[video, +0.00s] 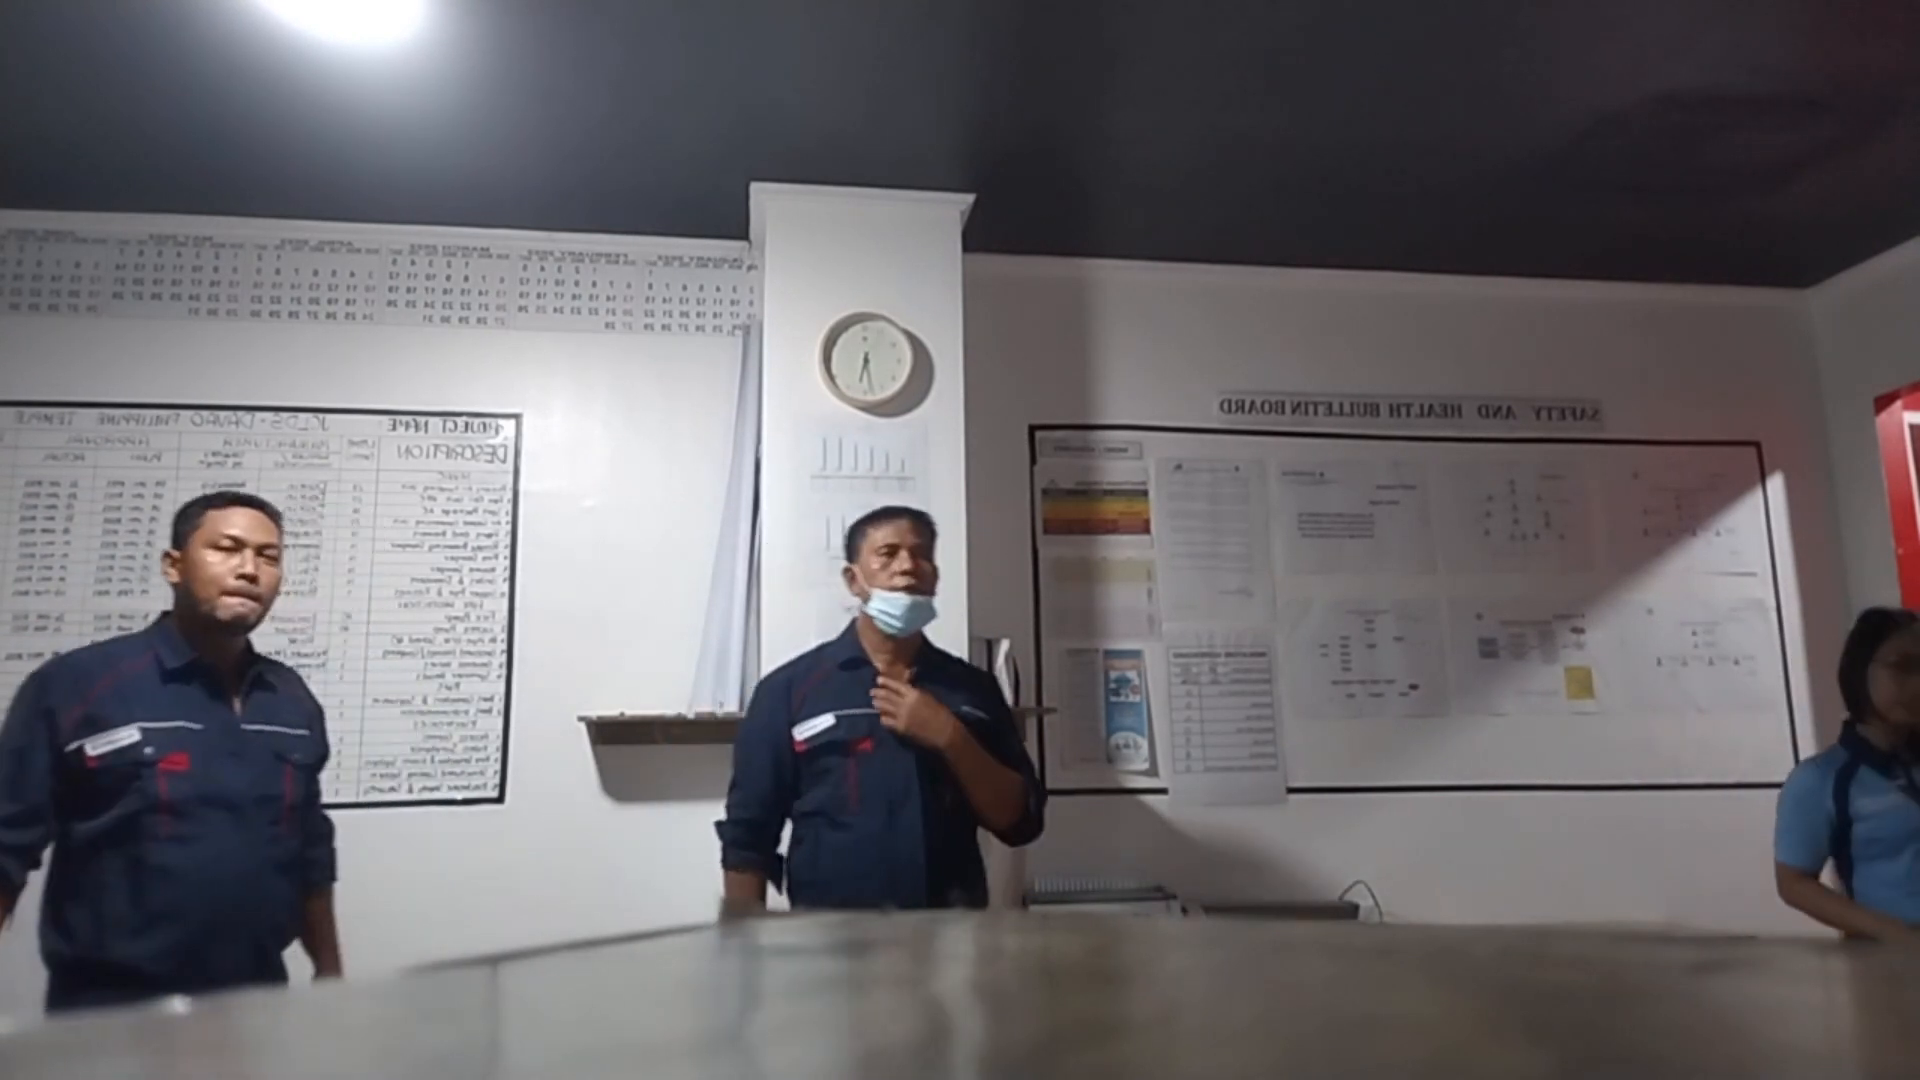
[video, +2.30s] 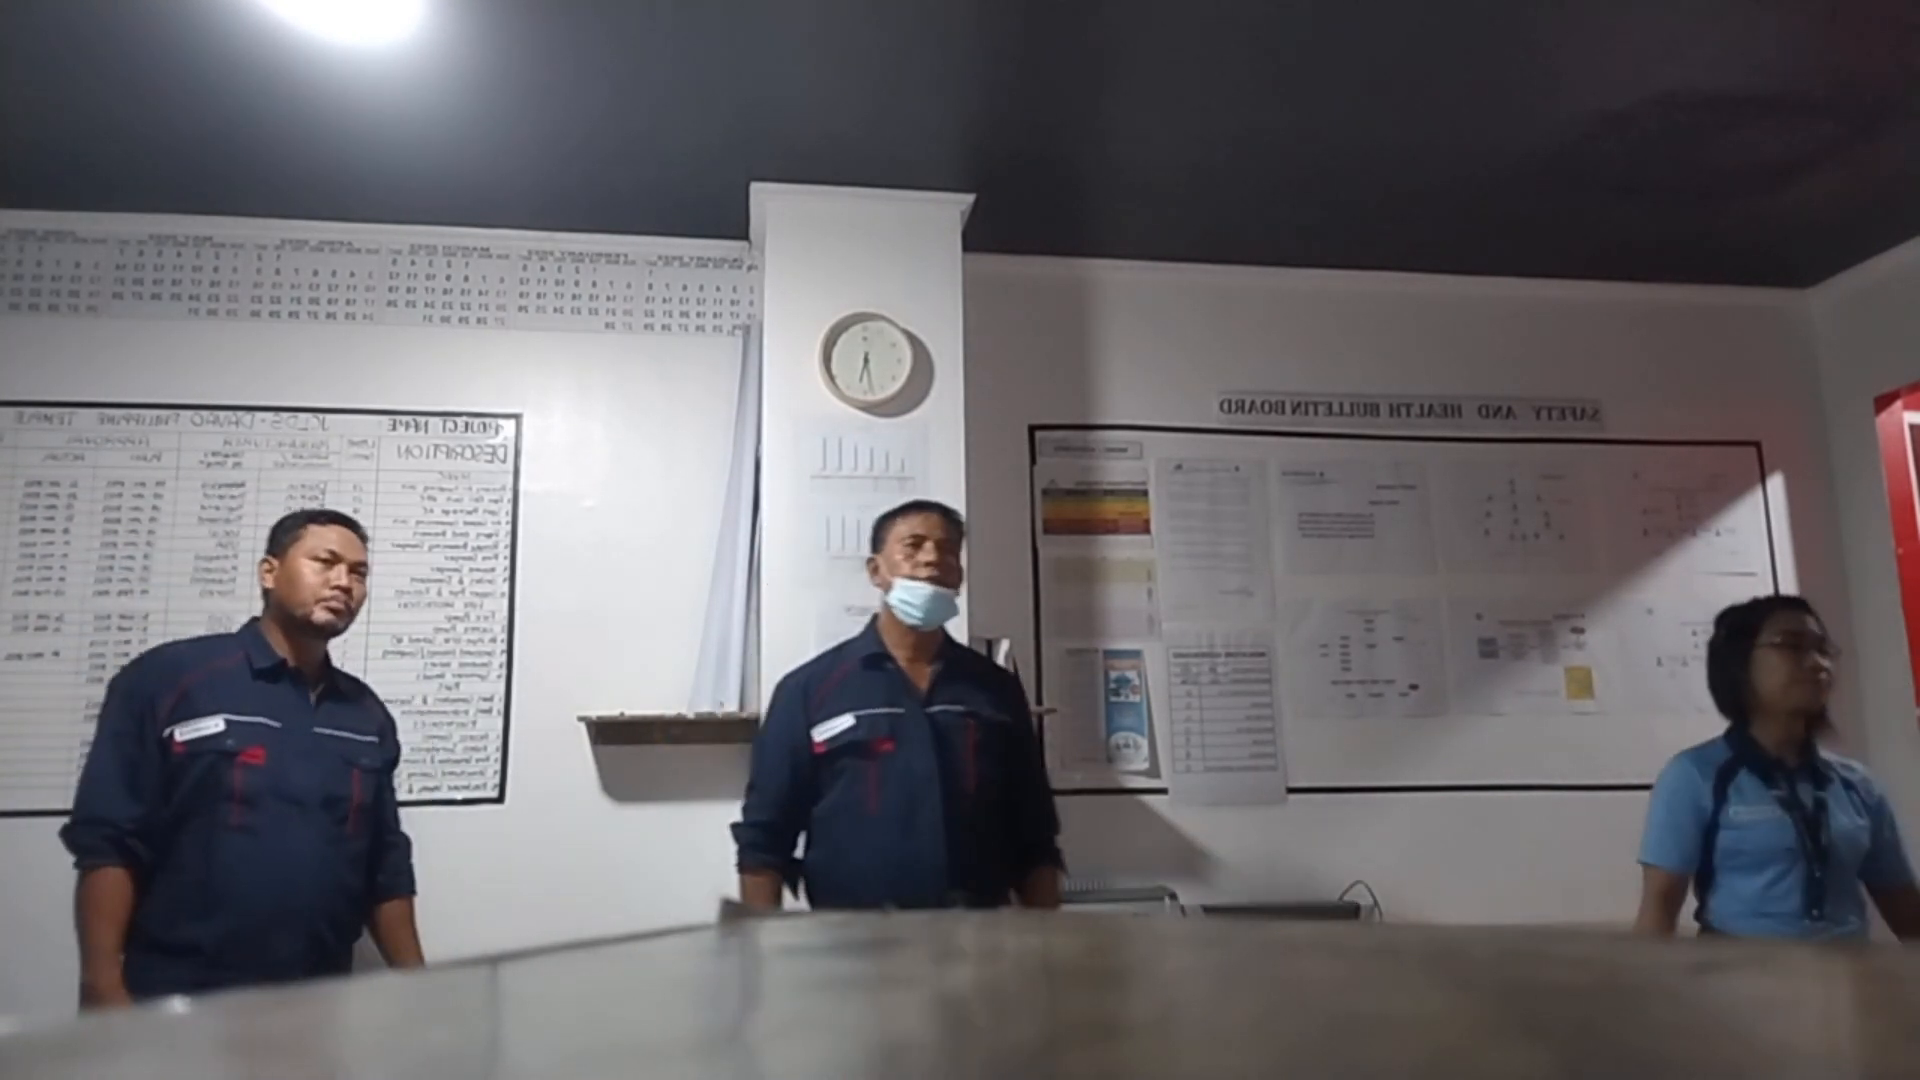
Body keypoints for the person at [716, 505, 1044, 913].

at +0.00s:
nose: (908, 566)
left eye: (921, 555)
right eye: (888, 555)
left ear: (935, 577)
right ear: (854, 578)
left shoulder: (972, 689)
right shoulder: (786, 695)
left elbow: (1022, 824)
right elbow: (746, 850)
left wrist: (951, 737)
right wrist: (745, 970)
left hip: (951, 940)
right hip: (829, 944)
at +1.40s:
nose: (840, 566)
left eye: (858, 554)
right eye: (821, 554)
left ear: (882, 578)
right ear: (795, 579)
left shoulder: (927, 679)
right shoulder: (735, 690)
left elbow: (965, 813)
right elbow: (687, 840)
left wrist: (881, 723)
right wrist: (693, 969)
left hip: (895, 938)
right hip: (772, 939)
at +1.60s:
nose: (821, 562)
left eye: (835, 549)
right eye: (800, 550)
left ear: (856, 572)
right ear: (770, 576)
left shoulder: (908, 673)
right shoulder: (714, 697)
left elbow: (957, 807)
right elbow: (672, 854)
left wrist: (862, 764)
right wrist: (675, 983)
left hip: (882, 941)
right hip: (760, 943)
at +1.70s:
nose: (818, 561)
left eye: (833, 547)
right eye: (797, 548)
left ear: (852, 571)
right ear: (767, 575)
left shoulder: (905, 672)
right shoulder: (711, 702)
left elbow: (955, 794)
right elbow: (670, 859)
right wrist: (676, 987)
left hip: (885, 944)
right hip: (762, 947)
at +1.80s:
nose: (824, 557)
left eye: (838, 545)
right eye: (803, 544)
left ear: (855, 570)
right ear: (769, 572)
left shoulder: (909, 678)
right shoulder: (710, 701)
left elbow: (953, 825)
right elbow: (677, 858)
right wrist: (690, 983)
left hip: (895, 949)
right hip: (765, 952)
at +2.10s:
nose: (873, 559)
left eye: (888, 548)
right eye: (852, 546)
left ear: (903, 573)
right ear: (818, 571)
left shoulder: (951, 686)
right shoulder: (756, 699)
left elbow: (987, 837)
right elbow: (715, 856)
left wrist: (993, 952)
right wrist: (728, 977)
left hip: (935, 945)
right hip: (804, 948)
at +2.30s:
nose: (933, 560)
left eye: (947, 550)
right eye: (914, 546)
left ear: (960, 575)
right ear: (877, 570)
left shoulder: (998, 691)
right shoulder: (807, 694)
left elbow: (1035, 844)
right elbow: (762, 847)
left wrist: (1047, 957)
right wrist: (767, 965)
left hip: (980, 948)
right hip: (850, 950)